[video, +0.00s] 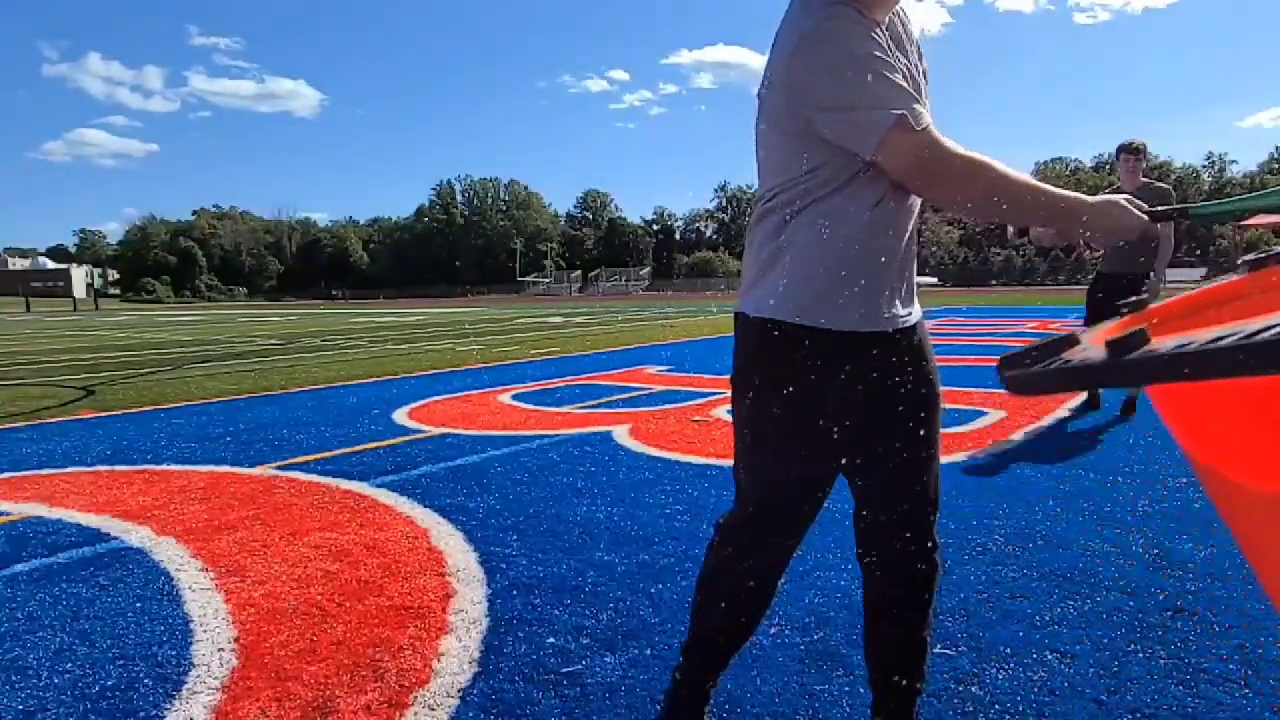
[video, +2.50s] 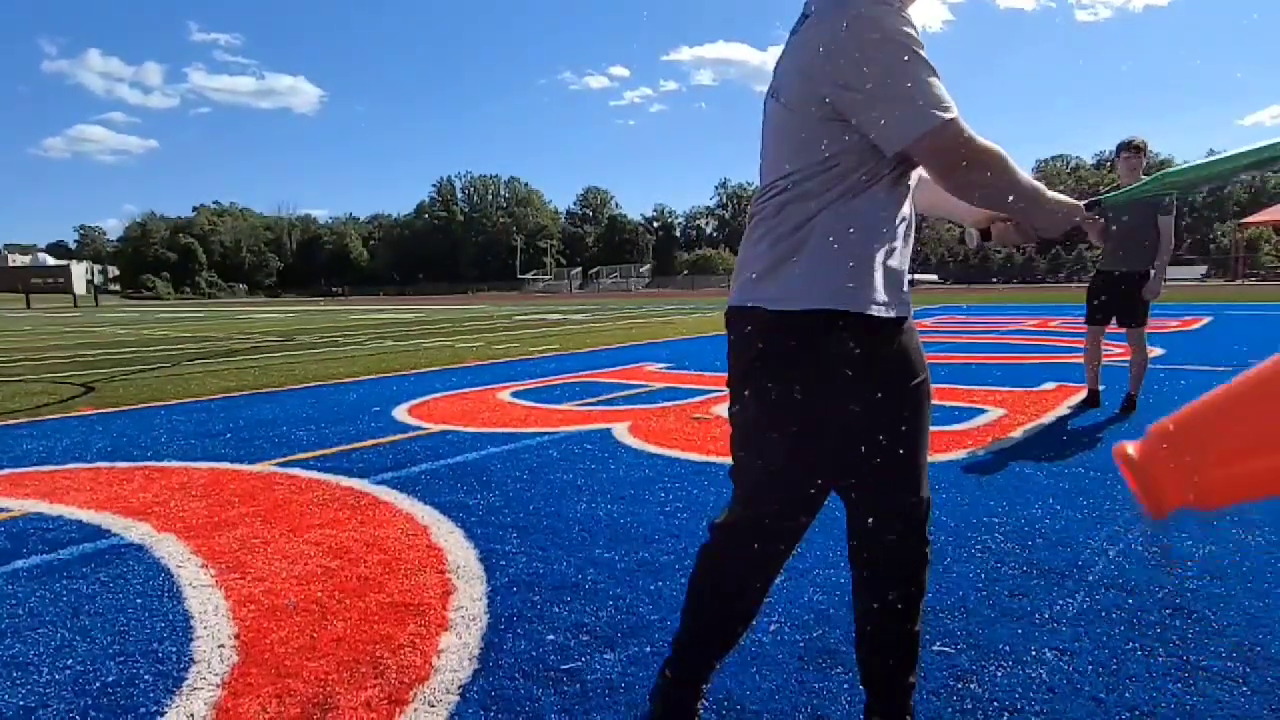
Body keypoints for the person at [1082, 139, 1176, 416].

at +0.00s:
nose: (1132, 165)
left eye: (1137, 160)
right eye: (1126, 160)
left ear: (1144, 163)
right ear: (1118, 163)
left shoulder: (1160, 194)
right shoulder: (1108, 195)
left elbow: (1166, 237)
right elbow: (1097, 233)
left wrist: (1157, 276)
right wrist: (1089, 242)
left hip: (1139, 278)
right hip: (1106, 276)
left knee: (1136, 340)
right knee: (1094, 335)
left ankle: (1132, 395)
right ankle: (1092, 392)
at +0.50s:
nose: (1131, 166)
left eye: (1136, 161)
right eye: (1126, 161)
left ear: (1143, 164)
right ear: (1117, 164)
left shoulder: (1160, 194)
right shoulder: (1108, 197)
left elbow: (1165, 240)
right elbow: (1095, 235)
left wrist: (1157, 279)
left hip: (1138, 276)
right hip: (1106, 273)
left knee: (1136, 339)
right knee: (1093, 334)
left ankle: (1132, 399)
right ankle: (1092, 394)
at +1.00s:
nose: (1133, 166)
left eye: (1138, 161)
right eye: (1128, 160)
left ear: (1144, 163)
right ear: (1118, 164)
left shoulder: (1160, 193)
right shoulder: (1108, 198)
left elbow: (1167, 240)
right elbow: (1097, 239)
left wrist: (1157, 280)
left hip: (1137, 277)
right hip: (1106, 276)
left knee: (1136, 340)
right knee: (1094, 337)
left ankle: (1132, 398)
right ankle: (1092, 395)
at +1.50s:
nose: (1133, 164)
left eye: (1138, 159)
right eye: (1128, 159)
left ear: (1145, 162)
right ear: (1118, 163)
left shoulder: (1160, 193)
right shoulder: (1107, 197)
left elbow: (1167, 238)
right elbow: (1098, 241)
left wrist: (1157, 277)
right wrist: (1091, 221)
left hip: (1137, 277)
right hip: (1106, 275)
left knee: (1136, 340)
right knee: (1093, 337)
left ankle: (1132, 398)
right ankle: (1093, 395)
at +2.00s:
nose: (1133, 163)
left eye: (1138, 158)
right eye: (1128, 158)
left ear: (1145, 162)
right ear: (1117, 162)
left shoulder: (1159, 194)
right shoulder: (1106, 198)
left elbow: (1167, 239)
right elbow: (1098, 241)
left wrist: (1157, 276)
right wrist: (1092, 222)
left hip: (1137, 275)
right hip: (1106, 274)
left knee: (1136, 340)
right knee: (1093, 335)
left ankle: (1132, 397)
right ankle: (1093, 392)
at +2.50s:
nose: (1133, 160)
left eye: (1138, 156)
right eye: (1127, 156)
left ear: (1144, 161)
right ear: (1117, 161)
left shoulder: (1158, 196)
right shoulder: (1109, 197)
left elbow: (1167, 240)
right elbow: (1100, 241)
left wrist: (1157, 276)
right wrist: (1092, 228)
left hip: (1137, 275)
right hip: (1105, 274)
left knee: (1136, 340)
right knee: (1093, 335)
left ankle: (1132, 396)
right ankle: (1092, 391)